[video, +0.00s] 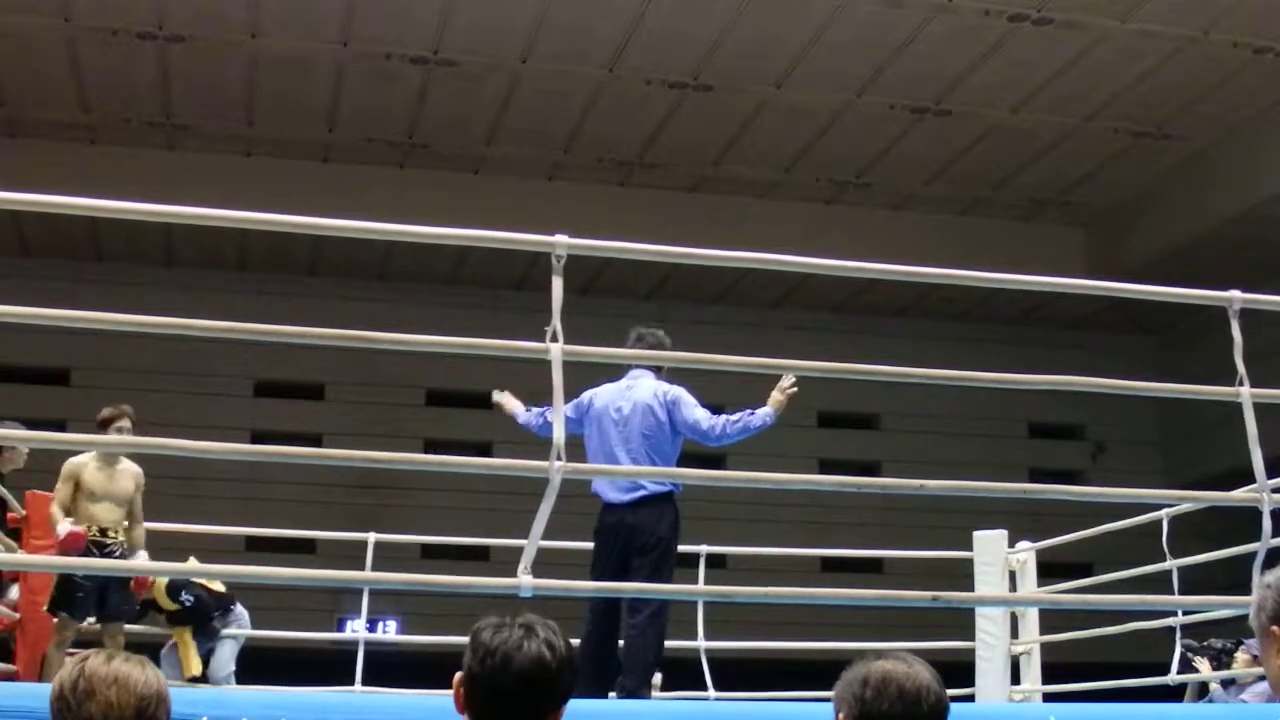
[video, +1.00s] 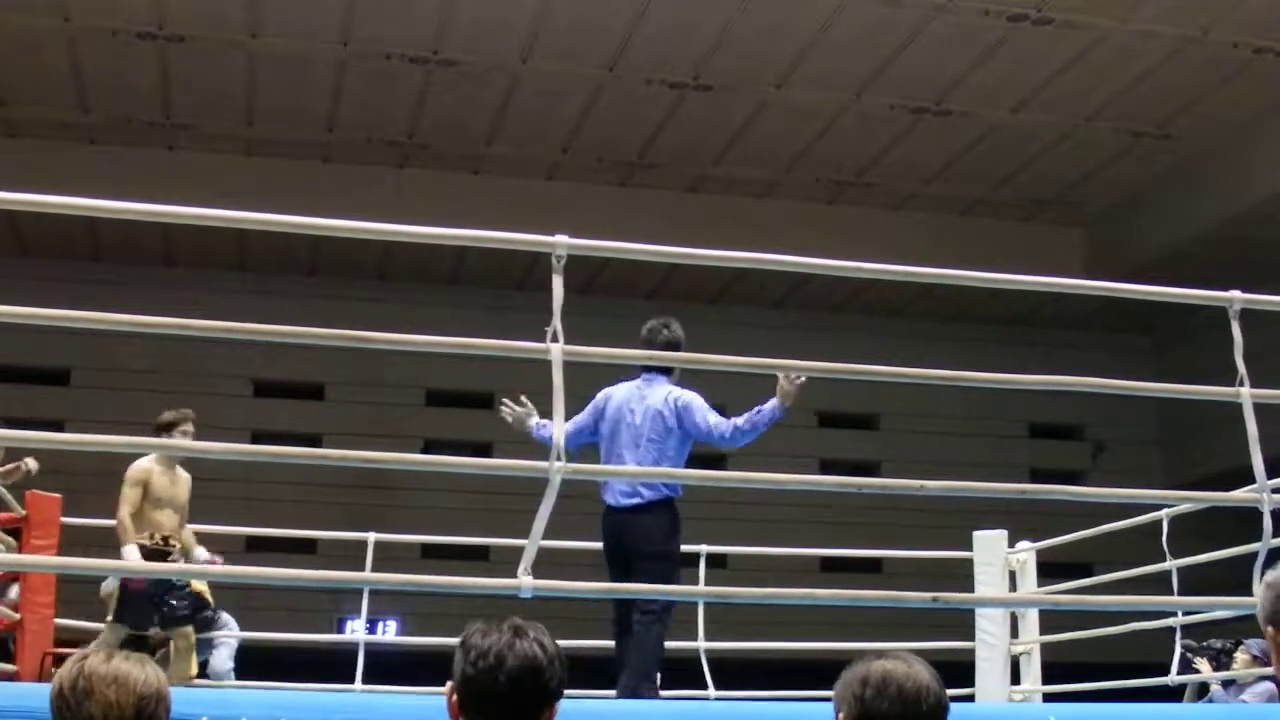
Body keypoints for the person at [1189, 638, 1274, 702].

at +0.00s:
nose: (1235, 655)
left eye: (1243, 652)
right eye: (1237, 651)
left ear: (1258, 661)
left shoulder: (1264, 687)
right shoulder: (1231, 689)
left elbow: (1233, 710)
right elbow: (1193, 711)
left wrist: (1211, 680)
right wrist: (1194, 679)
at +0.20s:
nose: (1235, 655)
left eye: (1243, 652)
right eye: (1237, 651)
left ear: (1257, 660)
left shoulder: (1264, 687)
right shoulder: (1231, 689)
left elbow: (1234, 711)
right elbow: (1191, 711)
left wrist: (1211, 680)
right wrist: (1195, 678)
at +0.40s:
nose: (1235, 655)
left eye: (1243, 652)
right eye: (1237, 651)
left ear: (1257, 661)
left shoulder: (1264, 687)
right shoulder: (1231, 688)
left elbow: (1234, 711)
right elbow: (1196, 710)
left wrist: (1212, 680)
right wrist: (1194, 678)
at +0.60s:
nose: (1235, 655)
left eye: (1243, 652)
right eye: (1237, 651)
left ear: (1258, 661)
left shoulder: (1266, 687)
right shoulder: (1230, 689)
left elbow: (1235, 711)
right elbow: (1194, 711)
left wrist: (1211, 681)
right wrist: (1194, 679)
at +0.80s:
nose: (1234, 655)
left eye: (1243, 652)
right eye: (1237, 651)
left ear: (1258, 662)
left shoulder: (1266, 688)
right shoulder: (1228, 689)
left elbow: (1234, 711)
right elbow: (1192, 711)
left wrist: (1211, 680)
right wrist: (1195, 679)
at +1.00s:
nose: (1234, 655)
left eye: (1243, 652)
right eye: (1236, 651)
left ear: (1258, 661)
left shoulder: (1266, 688)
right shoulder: (1230, 689)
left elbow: (1233, 711)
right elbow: (1190, 711)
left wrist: (1212, 680)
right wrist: (1194, 678)